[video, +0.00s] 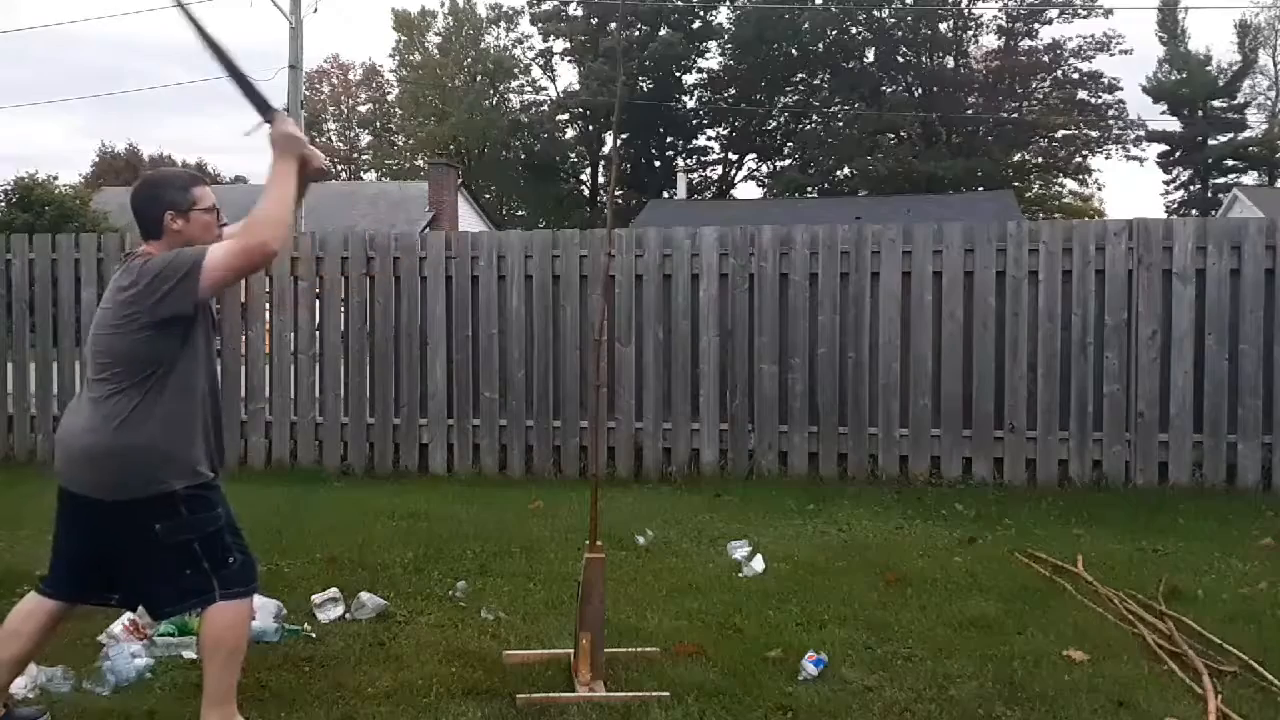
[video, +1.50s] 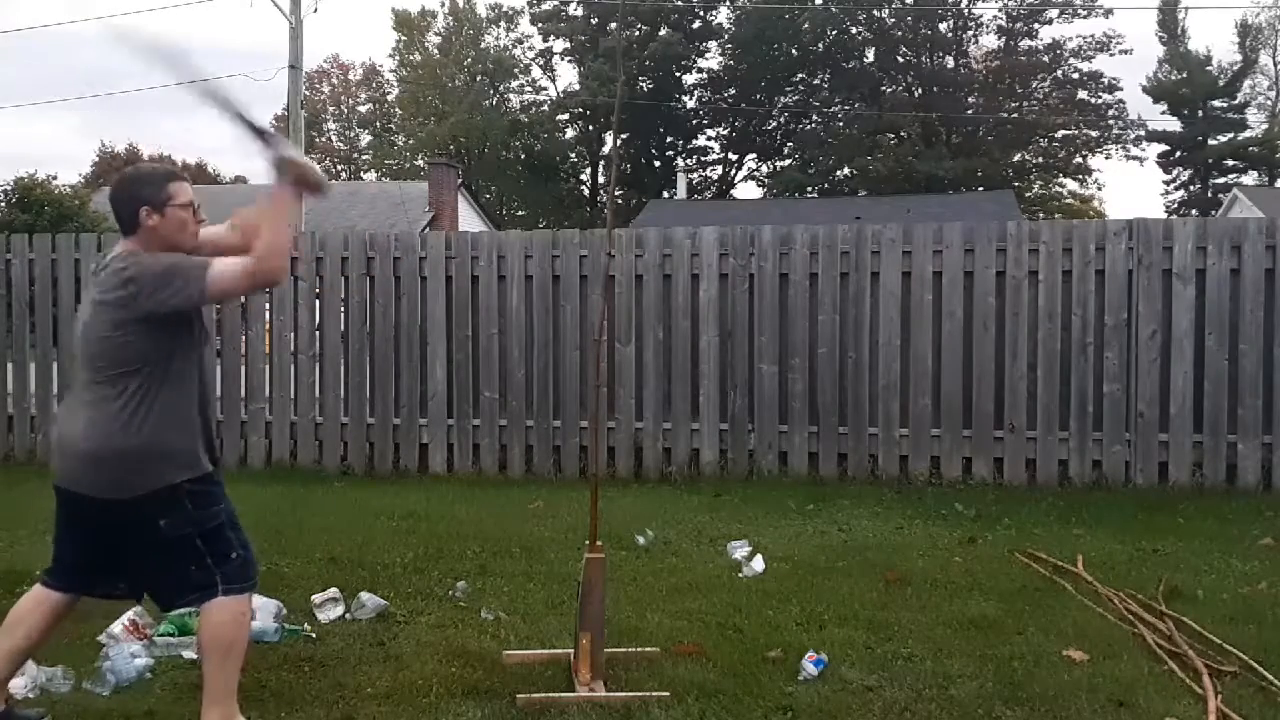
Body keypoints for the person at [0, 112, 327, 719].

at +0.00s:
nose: (223, 221)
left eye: (218, 209)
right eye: (211, 210)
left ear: (165, 224)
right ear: (171, 222)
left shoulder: (139, 271)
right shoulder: (162, 274)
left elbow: (252, 247)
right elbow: (262, 243)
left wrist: (298, 180)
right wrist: (286, 156)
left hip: (87, 464)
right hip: (156, 468)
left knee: (57, 591)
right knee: (230, 584)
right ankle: (220, 710)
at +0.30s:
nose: (191, 226)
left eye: (189, 215)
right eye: (182, 218)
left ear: (170, 223)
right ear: (152, 226)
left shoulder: (175, 274)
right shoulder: (124, 278)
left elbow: (239, 213)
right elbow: (194, 230)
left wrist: (225, 148)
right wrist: (183, 145)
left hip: (104, 465)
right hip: (147, 467)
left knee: (72, 590)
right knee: (231, 577)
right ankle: (220, 711)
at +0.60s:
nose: (193, 220)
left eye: (190, 209)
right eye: (179, 213)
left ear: (186, 221)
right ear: (143, 226)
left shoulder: (177, 273)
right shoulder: (108, 286)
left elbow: (228, 207)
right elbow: (160, 228)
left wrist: (199, 145)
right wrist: (153, 146)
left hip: (110, 469)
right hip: (141, 467)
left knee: (79, 593)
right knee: (228, 577)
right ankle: (221, 711)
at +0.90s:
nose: (201, 218)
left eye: (199, 209)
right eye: (187, 209)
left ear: (188, 220)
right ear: (148, 220)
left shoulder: (176, 270)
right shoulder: (117, 281)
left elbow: (226, 203)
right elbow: (168, 220)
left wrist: (199, 138)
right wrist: (156, 135)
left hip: (109, 466)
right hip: (152, 464)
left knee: (81, 591)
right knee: (236, 578)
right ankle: (222, 711)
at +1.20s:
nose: (191, 224)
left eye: (190, 210)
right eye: (180, 213)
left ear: (140, 226)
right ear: (147, 225)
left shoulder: (174, 274)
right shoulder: (112, 287)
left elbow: (231, 211)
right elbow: (176, 236)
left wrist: (209, 150)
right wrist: (164, 150)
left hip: (103, 472)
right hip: (145, 471)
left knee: (73, 596)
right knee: (229, 580)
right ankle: (222, 711)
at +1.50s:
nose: (199, 217)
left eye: (195, 207)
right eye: (187, 208)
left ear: (150, 220)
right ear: (150, 219)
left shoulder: (123, 265)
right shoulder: (151, 272)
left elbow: (237, 234)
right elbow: (266, 269)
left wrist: (285, 188)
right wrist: (284, 186)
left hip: (85, 463)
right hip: (157, 464)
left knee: (61, 581)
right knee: (229, 579)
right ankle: (220, 710)